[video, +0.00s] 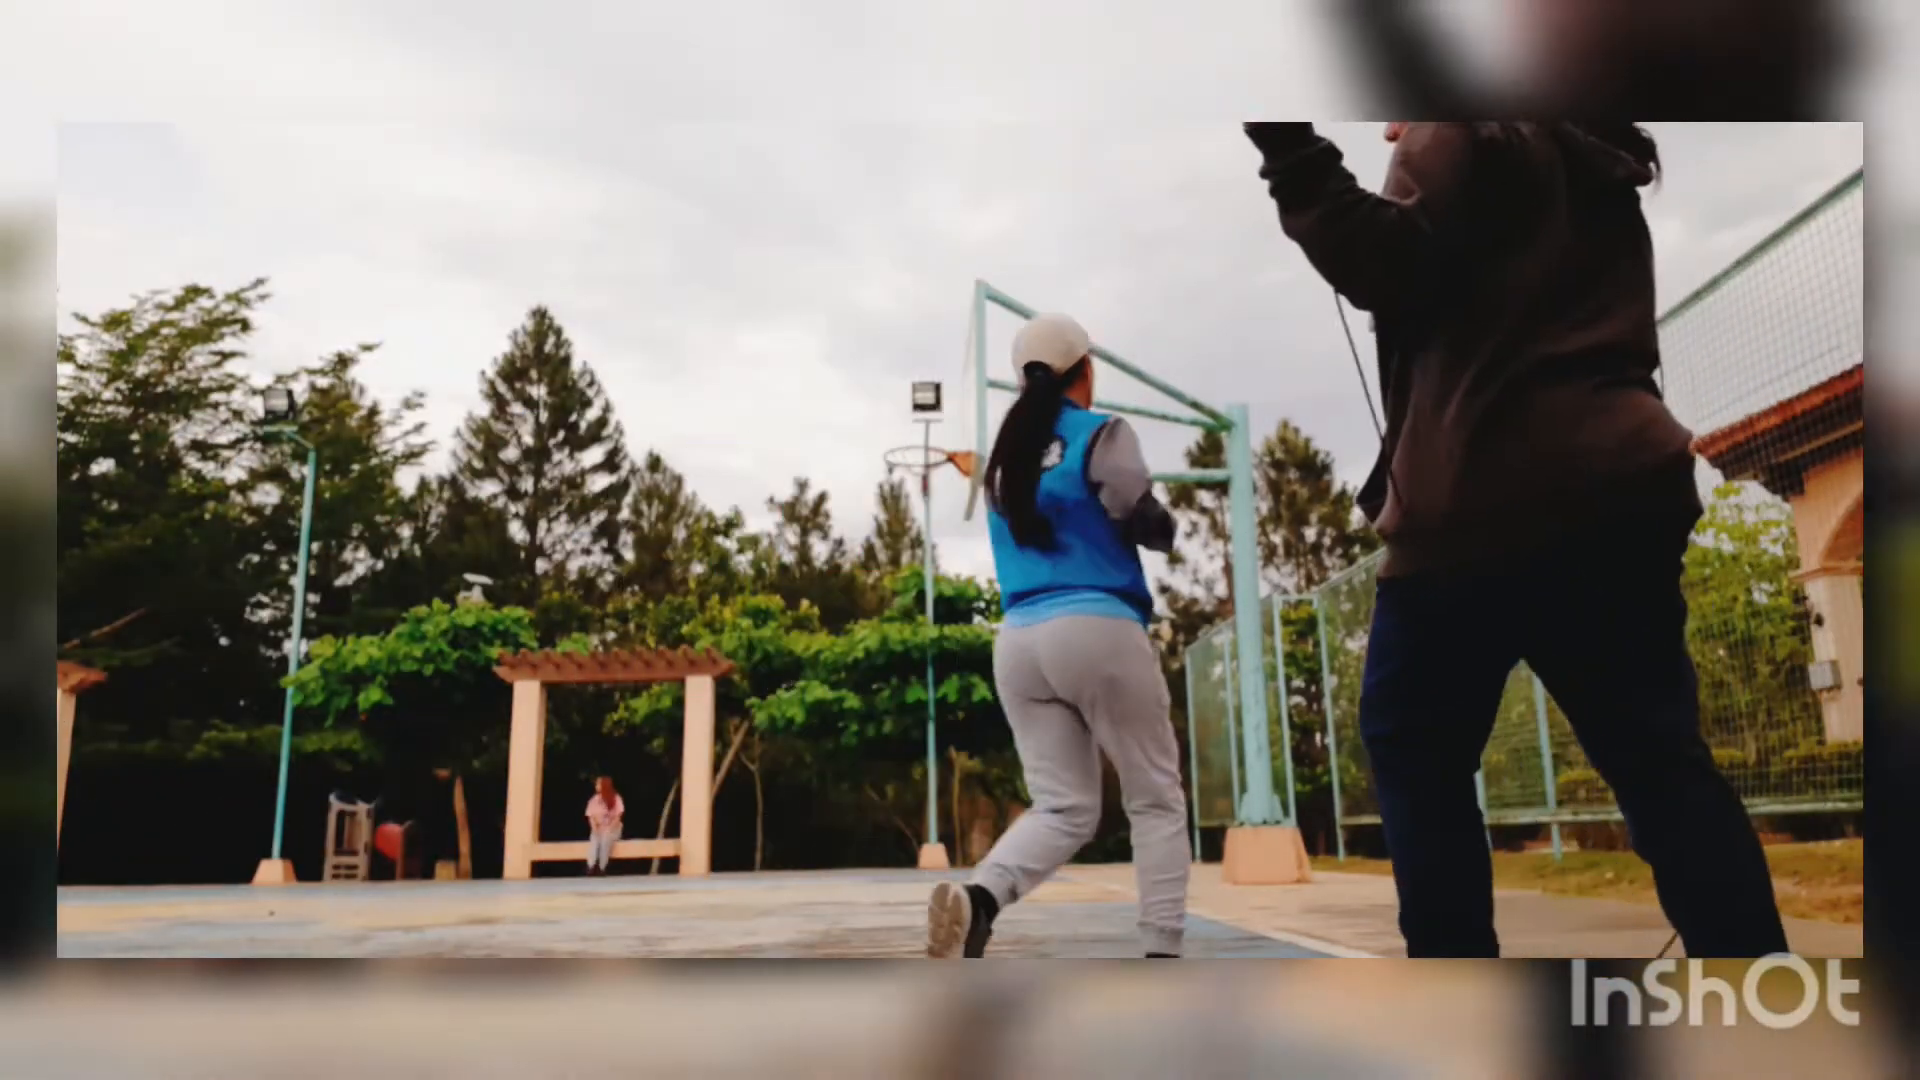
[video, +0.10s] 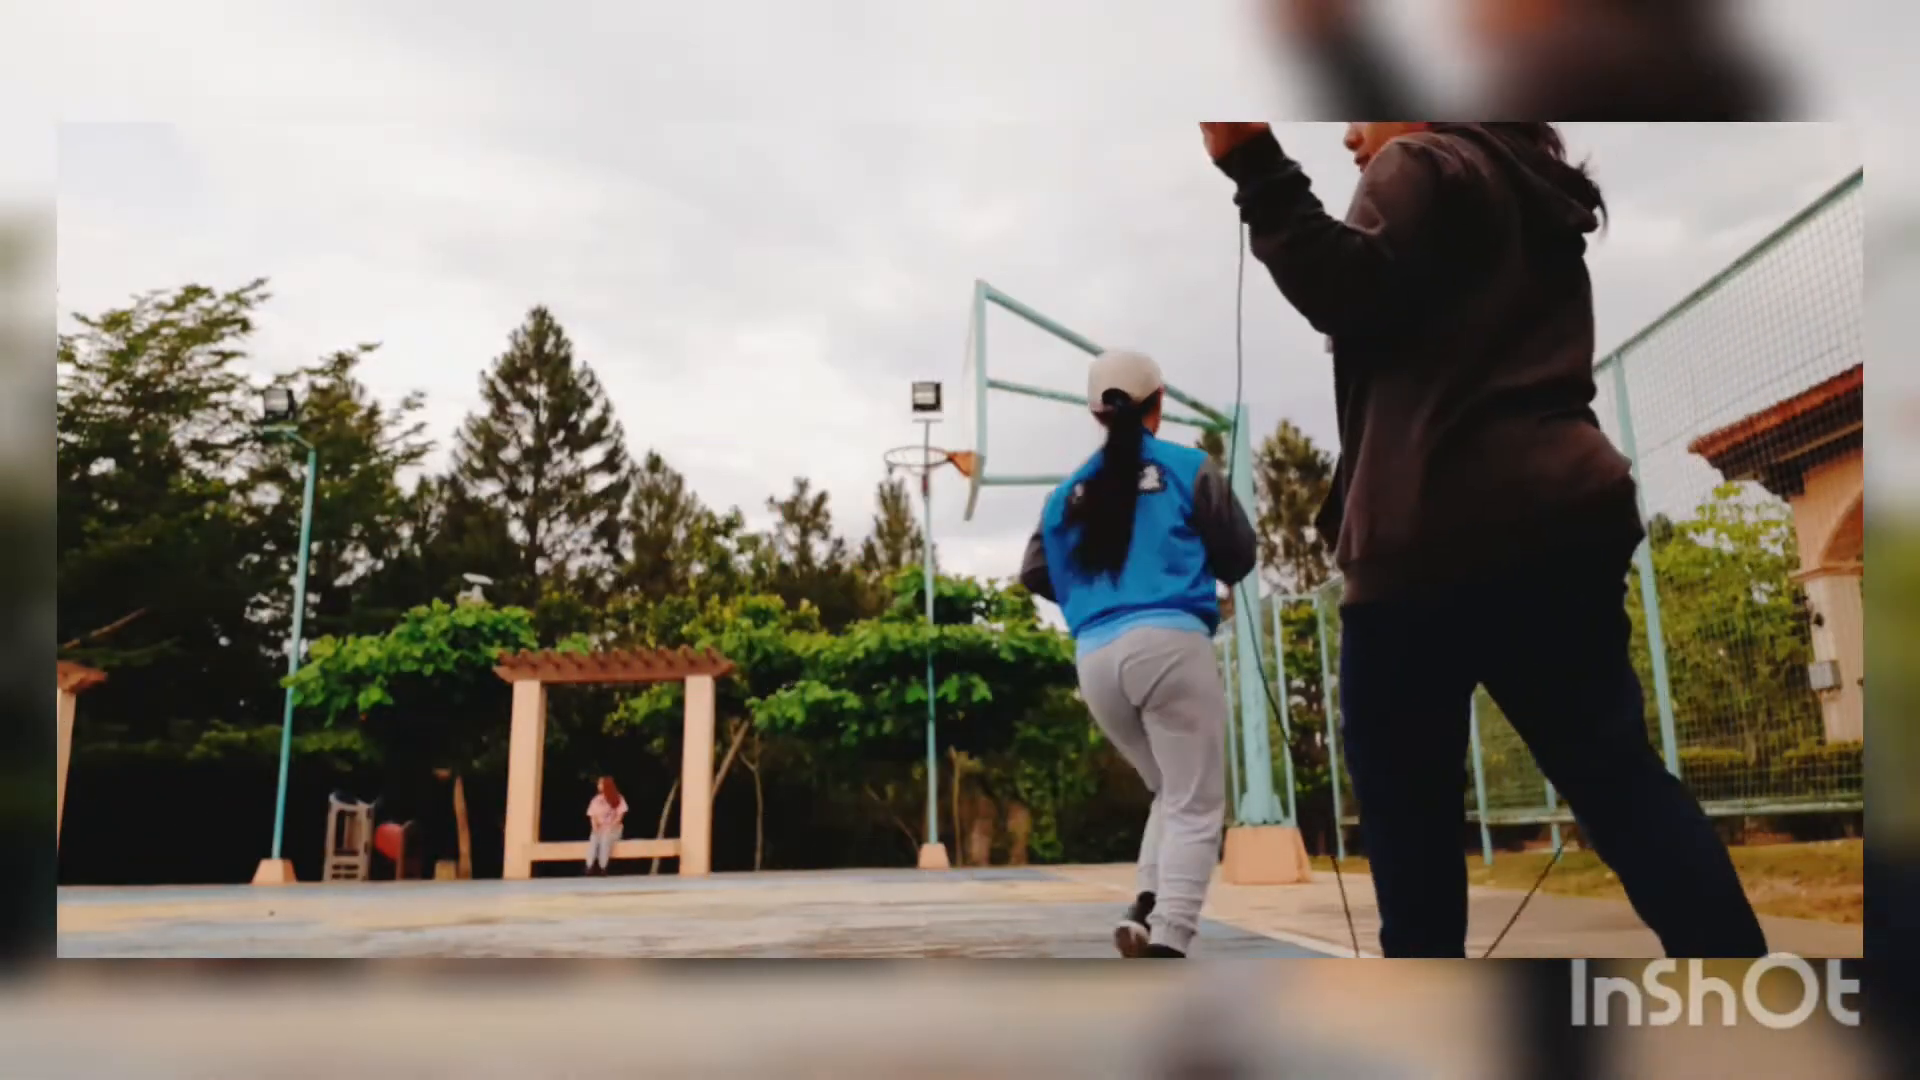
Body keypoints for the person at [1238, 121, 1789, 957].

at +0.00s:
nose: (1394, 103)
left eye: (1403, 82)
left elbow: (1393, 268)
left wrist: (1290, 146)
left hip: (1470, 506)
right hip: (1622, 485)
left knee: (1415, 748)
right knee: (1660, 758)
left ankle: (1455, 992)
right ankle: (1758, 991)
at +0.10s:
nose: (1349, 135)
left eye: (1356, 112)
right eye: (1346, 119)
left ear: (1403, 97)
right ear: (1441, 95)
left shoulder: (1415, 171)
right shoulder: (1531, 173)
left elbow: (1357, 299)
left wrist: (1259, 171)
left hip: (1421, 537)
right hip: (1562, 515)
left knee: (1404, 799)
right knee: (1613, 771)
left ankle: (1423, 1000)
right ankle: (1738, 982)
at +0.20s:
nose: (1330, 143)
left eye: (1342, 120)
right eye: (1328, 125)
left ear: (1398, 113)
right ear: (1430, 118)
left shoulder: (1383, 188)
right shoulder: (1492, 197)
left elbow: (1323, 315)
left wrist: (1229, 193)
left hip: (1380, 540)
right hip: (1519, 519)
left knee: (1374, 804)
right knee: (1551, 766)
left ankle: (1417, 1004)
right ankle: (1699, 966)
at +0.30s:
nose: (1296, 138)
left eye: (1317, 116)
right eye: (1292, 125)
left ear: (1380, 123)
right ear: (1393, 137)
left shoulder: (1348, 202)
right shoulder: (1437, 217)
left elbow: (1289, 332)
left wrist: (1191, 229)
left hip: (1343, 531)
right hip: (1453, 519)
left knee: (1350, 796)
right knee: (1430, 766)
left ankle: (1415, 1001)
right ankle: (1600, 928)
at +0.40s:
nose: (1272, 145)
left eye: (1294, 125)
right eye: (1268, 130)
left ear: (1357, 130)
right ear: (1367, 144)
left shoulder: (1327, 210)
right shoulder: (1400, 221)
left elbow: (1267, 335)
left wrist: (1167, 240)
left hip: (1329, 533)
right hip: (1415, 526)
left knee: (1327, 771)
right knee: (1355, 756)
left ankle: (1410, 976)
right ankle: (1512, 933)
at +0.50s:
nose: (1250, 156)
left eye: (1273, 135)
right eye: (1245, 143)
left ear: (1334, 148)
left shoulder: (1311, 219)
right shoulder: (1359, 226)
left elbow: (1254, 334)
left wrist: (1148, 239)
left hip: (1309, 536)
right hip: (1366, 528)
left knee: (1314, 757)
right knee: (1287, 746)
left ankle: (1411, 961)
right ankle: (1391, 938)